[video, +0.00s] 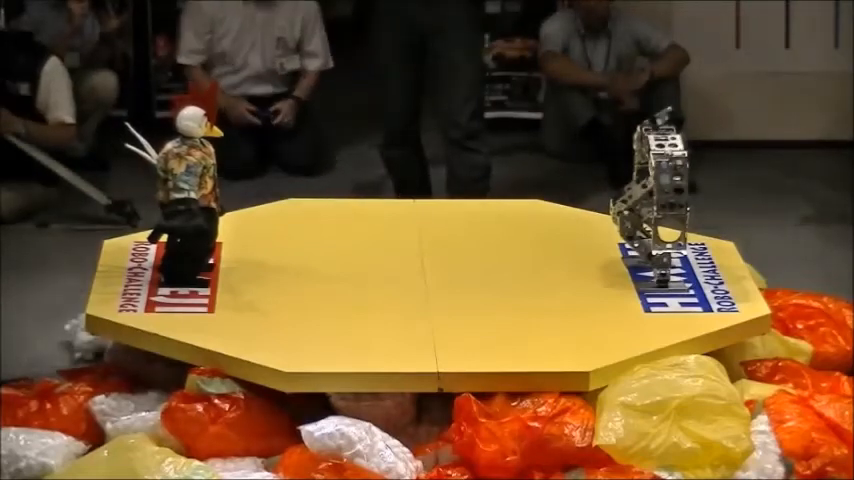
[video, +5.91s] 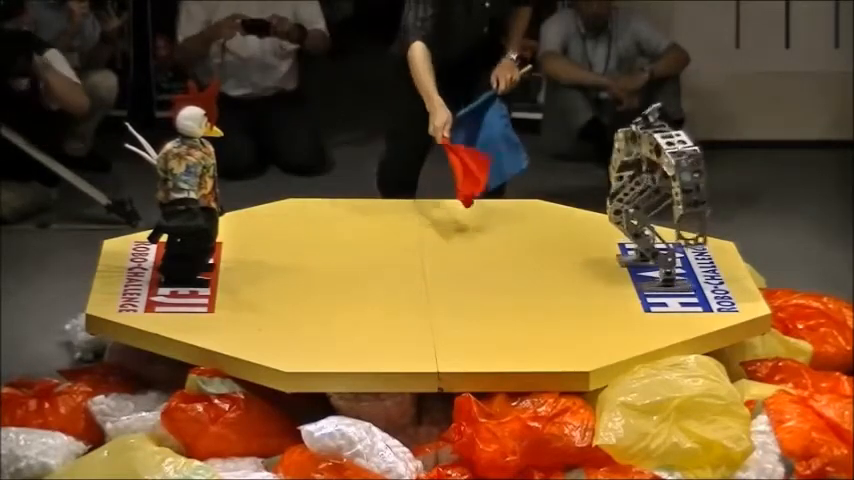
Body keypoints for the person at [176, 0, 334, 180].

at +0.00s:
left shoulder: (303, 6)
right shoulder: (204, 6)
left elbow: (315, 61)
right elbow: (191, 65)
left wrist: (295, 101)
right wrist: (226, 104)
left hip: (284, 97)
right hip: (231, 100)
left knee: (307, 162)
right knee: (238, 166)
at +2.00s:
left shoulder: (304, 5)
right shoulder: (204, 5)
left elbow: (313, 61)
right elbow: (192, 59)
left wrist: (292, 100)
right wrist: (227, 105)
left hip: (281, 99)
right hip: (229, 102)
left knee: (305, 160)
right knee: (237, 164)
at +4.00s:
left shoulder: (302, 5)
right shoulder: (202, 5)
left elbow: (310, 60)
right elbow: (191, 61)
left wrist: (291, 100)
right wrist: (226, 105)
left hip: (280, 99)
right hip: (227, 102)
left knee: (306, 161)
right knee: (238, 164)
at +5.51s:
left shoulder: (301, 5)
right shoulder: (196, 6)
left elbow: (317, 49)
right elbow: (187, 59)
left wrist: (299, 81)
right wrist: (220, 82)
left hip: (280, 97)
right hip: (229, 99)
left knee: (306, 161)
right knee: (237, 164)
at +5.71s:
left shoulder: (301, 4)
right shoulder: (197, 5)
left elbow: (320, 45)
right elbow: (183, 54)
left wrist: (296, 57)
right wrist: (215, 53)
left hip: (283, 99)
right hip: (227, 100)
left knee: (306, 162)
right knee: (236, 165)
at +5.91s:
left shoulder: (297, 3)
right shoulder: (197, 4)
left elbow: (322, 42)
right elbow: (183, 55)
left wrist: (294, 32)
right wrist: (213, 34)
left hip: (283, 99)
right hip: (228, 103)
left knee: (306, 162)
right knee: (236, 166)